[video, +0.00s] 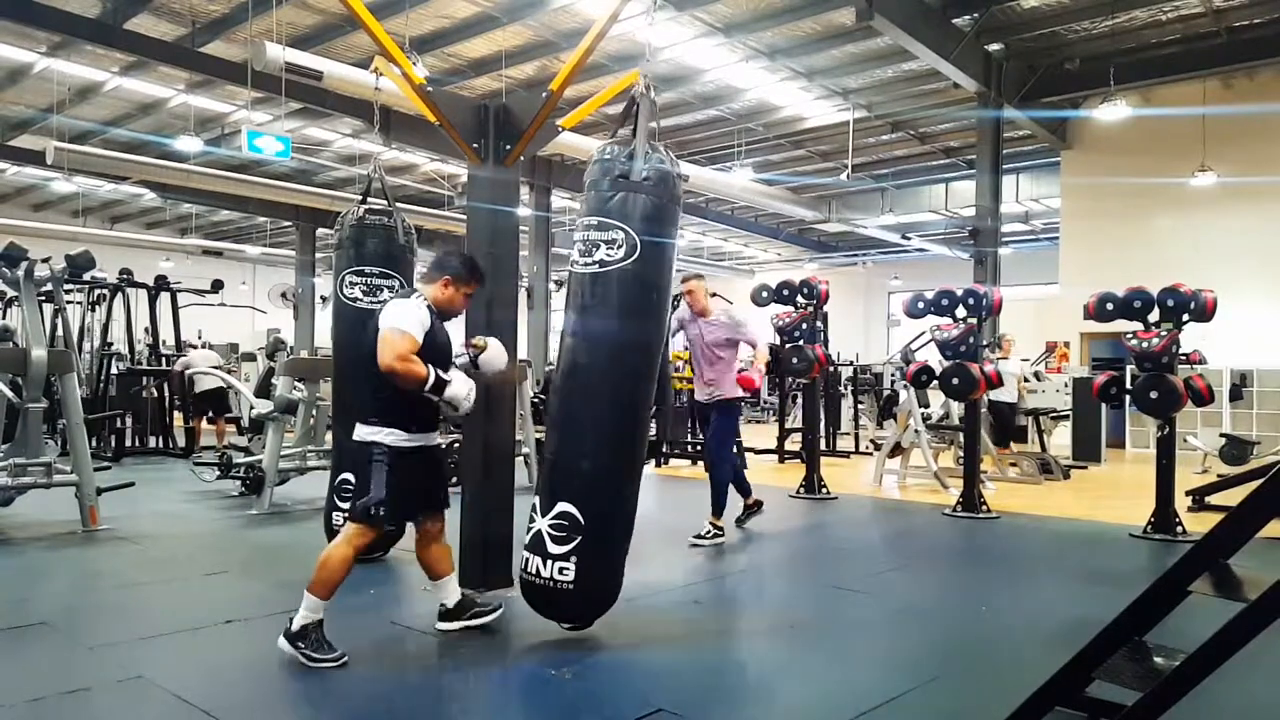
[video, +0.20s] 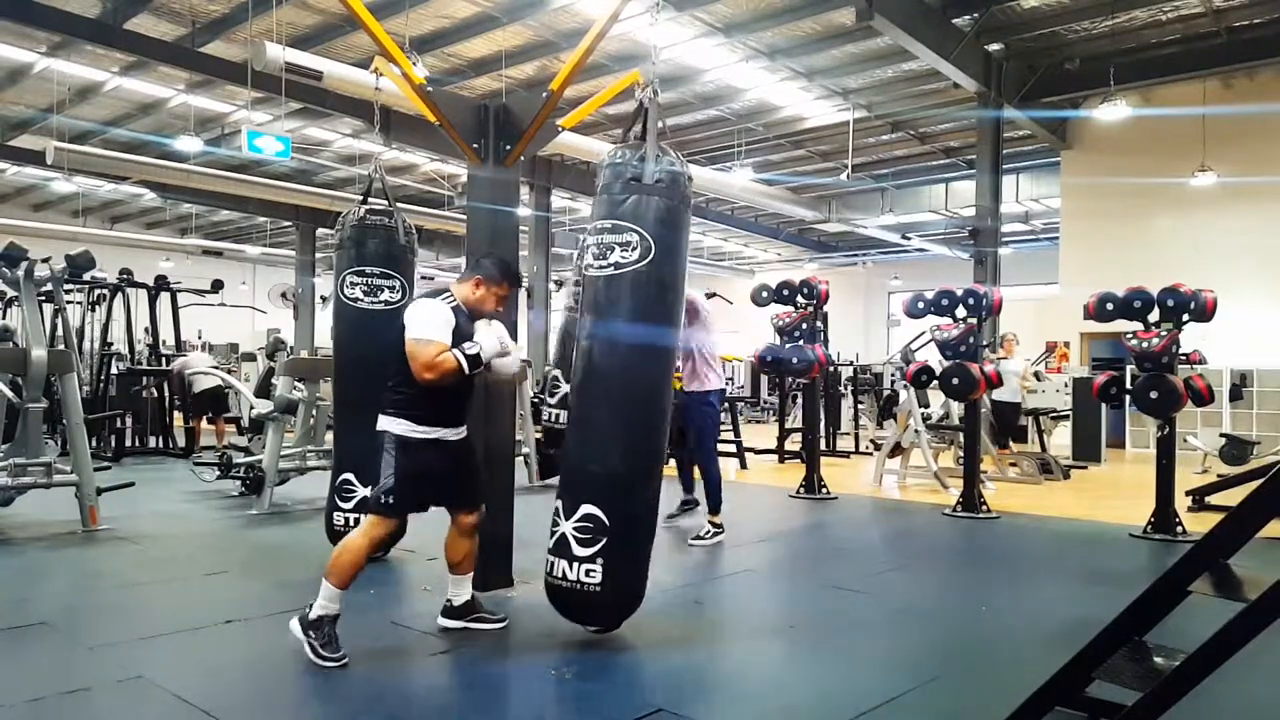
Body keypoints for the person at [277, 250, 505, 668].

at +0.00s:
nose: (465, 306)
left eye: (468, 298)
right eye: (465, 296)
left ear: (445, 286)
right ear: (446, 285)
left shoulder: (434, 319)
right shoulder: (406, 309)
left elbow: (438, 361)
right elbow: (393, 359)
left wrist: (471, 356)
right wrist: (444, 385)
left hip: (423, 443)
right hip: (385, 444)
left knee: (432, 528)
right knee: (359, 534)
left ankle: (453, 604)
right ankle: (303, 627)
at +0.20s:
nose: (500, 311)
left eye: (505, 303)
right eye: (500, 301)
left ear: (482, 289)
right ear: (478, 285)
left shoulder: (470, 321)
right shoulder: (428, 309)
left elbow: (471, 369)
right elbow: (427, 370)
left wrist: (502, 367)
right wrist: (477, 350)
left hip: (452, 437)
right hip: (406, 436)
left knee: (468, 517)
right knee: (382, 527)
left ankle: (459, 604)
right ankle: (318, 617)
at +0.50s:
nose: (507, 316)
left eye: (511, 309)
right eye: (506, 307)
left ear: (488, 296)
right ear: (482, 291)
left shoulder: (480, 329)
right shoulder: (433, 321)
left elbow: (483, 379)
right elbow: (441, 381)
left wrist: (518, 370)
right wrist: (499, 352)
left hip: (468, 446)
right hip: (425, 447)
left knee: (512, 506)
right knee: (407, 536)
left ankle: (495, 587)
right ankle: (367, 625)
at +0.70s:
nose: (535, 316)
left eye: (538, 309)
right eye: (533, 307)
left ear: (512, 299)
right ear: (508, 296)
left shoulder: (507, 332)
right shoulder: (465, 331)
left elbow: (518, 371)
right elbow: (461, 392)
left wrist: (546, 342)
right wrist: (514, 387)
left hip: (497, 449)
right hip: (456, 449)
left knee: (527, 521)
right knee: (439, 537)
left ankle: (544, 598)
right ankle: (375, 617)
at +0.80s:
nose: (556, 315)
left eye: (557, 308)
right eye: (554, 307)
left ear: (531, 300)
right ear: (536, 301)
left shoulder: (516, 326)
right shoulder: (506, 326)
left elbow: (515, 366)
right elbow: (486, 369)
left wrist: (546, 349)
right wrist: (533, 379)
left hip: (510, 448)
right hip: (478, 448)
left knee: (541, 514)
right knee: (467, 535)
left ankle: (547, 597)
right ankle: (383, 611)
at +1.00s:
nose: (583, 323)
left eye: (586, 316)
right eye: (583, 314)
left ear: (554, 302)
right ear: (567, 304)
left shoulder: (524, 325)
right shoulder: (552, 326)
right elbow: (585, 377)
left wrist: (608, 370)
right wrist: (619, 369)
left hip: (531, 447)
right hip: (500, 444)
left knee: (564, 511)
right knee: (478, 528)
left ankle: (547, 597)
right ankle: (399, 607)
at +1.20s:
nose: (589, 325)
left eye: (592, 318)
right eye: (589, 316)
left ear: (571, 305)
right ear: (569, 303)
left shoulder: (560, 337)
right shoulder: (527, 332)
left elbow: (570, 378)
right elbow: (540, 391)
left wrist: (614, 369)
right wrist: (577, 363)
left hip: (548, 447)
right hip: (508, 448)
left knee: (583, 507)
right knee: (492, 531)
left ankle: (557, 586)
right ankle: (439, 612)